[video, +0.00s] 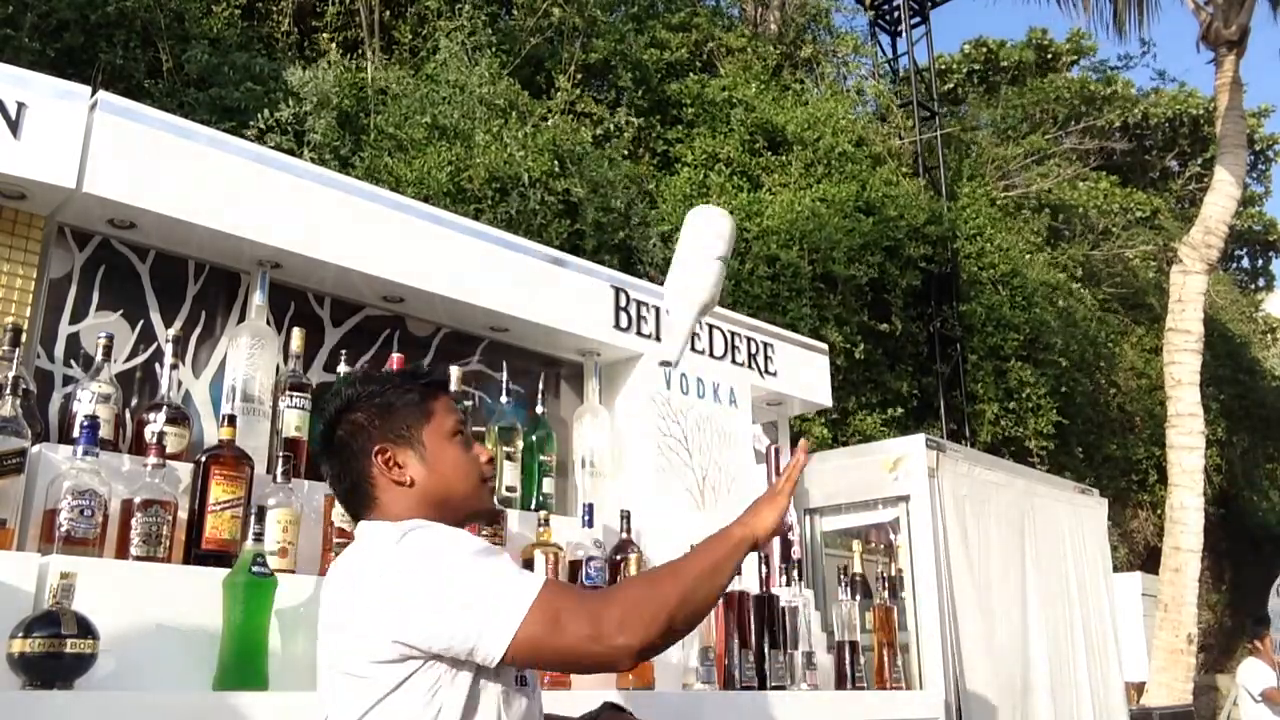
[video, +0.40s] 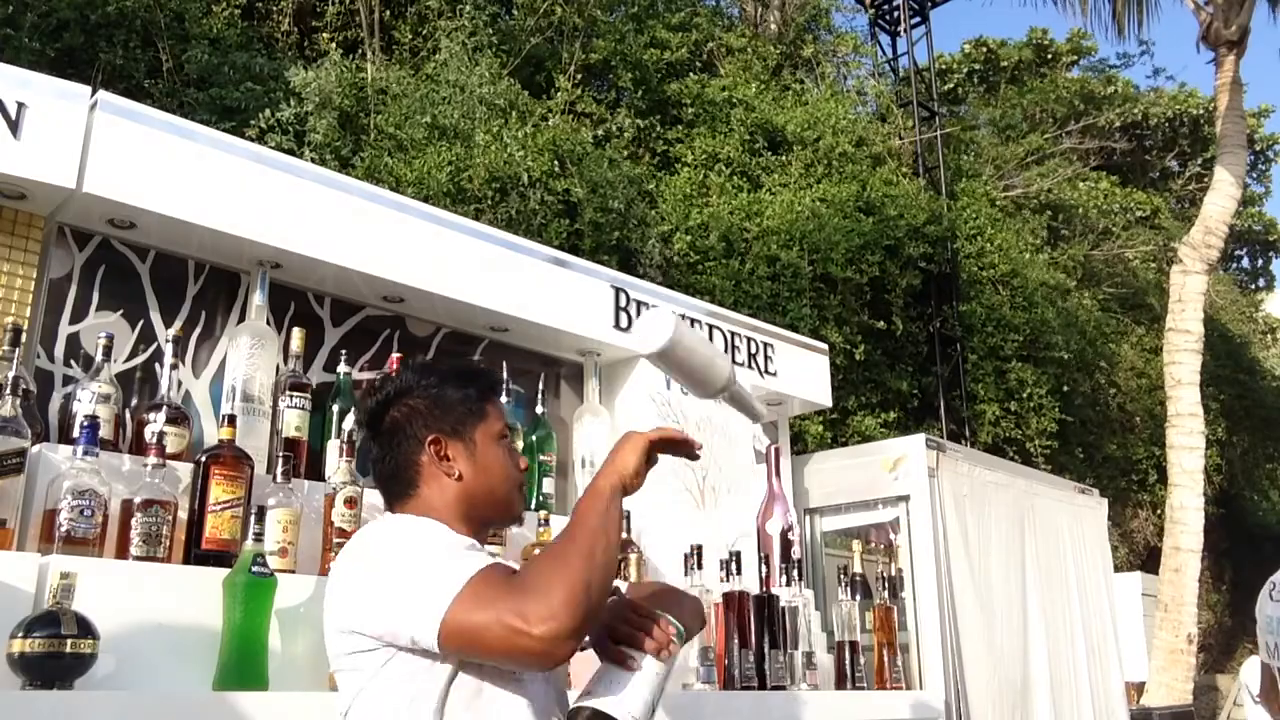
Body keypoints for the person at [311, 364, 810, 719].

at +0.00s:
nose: (487, 454)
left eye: (473, 436)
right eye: (462, 438)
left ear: (392, 469)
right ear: (394, 466)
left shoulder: (378, 563)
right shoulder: (415, 561)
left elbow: (606, 635)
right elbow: (615, 635)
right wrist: (746, 533)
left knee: (611, 710)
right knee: (612, 711)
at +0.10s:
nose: (501, 466)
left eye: (488, 446)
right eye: (479, 445)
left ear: (412, 466)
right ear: (411, 465)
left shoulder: (387, 559)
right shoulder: (428, 556)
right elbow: (622, 645)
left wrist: (599, 703)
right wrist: (723, 536)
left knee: (644, 707)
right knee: (645, 712)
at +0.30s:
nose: (522, 483)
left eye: (514, 460)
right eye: (505, 459)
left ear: (441, 467)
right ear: (438, 466)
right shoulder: (409, 565)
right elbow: (578, 659)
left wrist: (601, 663)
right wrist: (635, 530)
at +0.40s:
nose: (522, 460)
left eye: (512, 441)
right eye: (503, 440)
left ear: (448, 460)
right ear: (445, 456)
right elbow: (540, 625)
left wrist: (600, 615)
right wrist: (609, 486)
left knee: (674, 604)